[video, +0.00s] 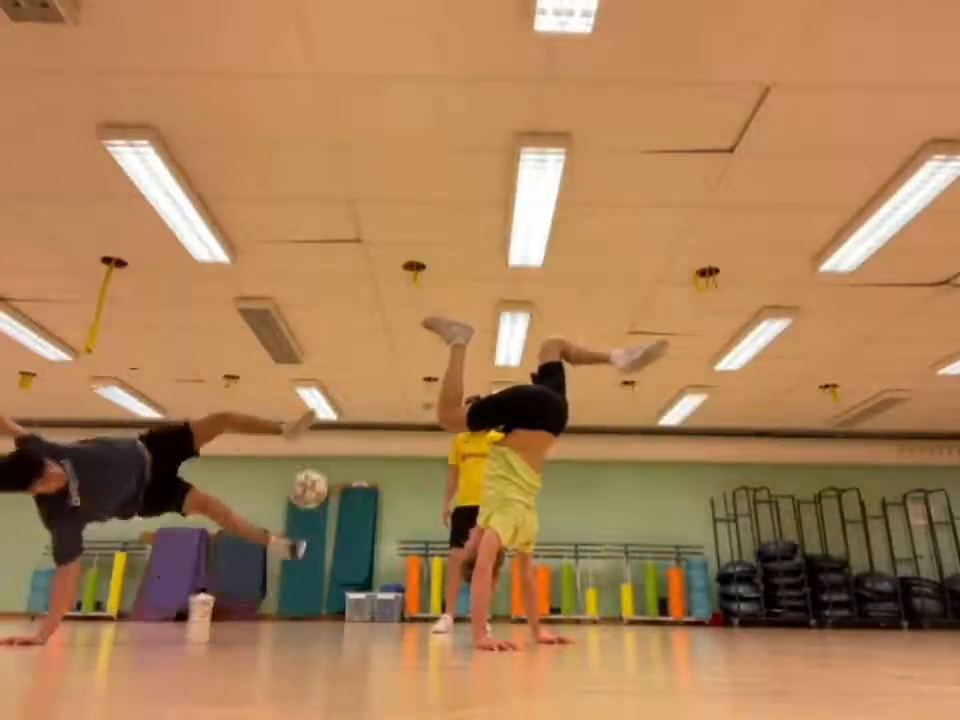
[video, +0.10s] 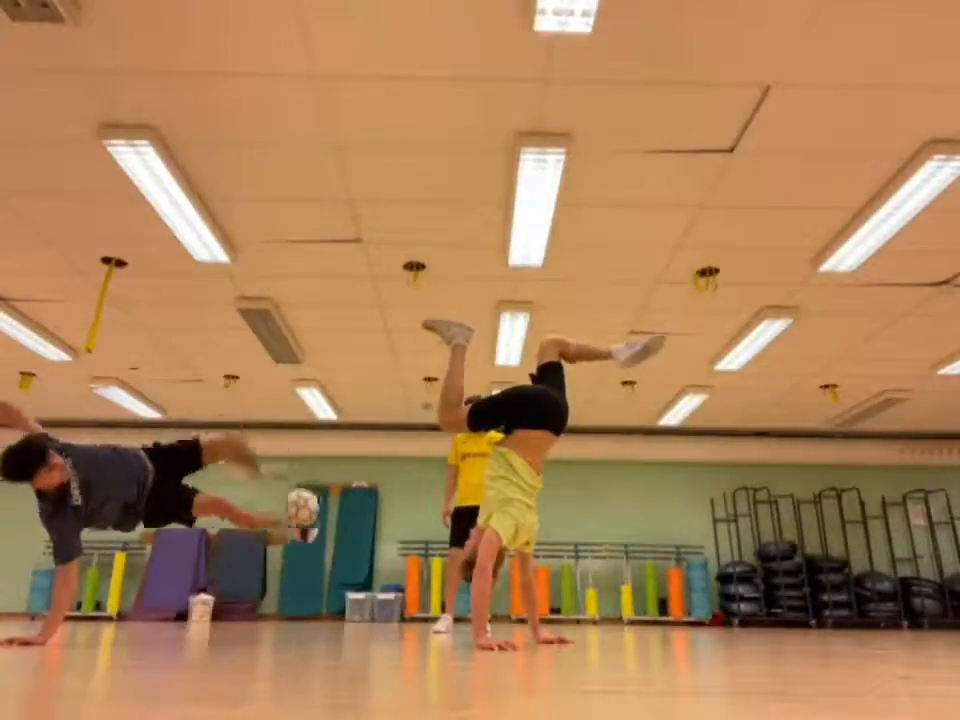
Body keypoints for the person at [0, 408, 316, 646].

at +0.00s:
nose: (57, 471)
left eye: (51, 465)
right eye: (48, 477)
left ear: (43, 459)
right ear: (37, 490)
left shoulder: (40, 450)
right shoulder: (62, 517)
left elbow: (12, 428)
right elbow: (66, 575)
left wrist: (9, 428)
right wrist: (44, 634)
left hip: (147, 451)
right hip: (148, 494)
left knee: (219, 421)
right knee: (212, 507)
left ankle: (284, 429)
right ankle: (275, 542)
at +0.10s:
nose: (60, 466)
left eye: (54, 460)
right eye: (49, 471)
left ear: (50, 452)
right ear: (35, 484)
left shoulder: (49, 446)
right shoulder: (60, 517)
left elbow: (15, 416)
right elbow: (66, 577)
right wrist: (45, 635)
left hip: (150, 460)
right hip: (149, 502)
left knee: (225, 444)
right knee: (220, 505)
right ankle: (282, 528)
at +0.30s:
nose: (92, 465)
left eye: (88, 457)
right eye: (82, 466)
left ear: (89, 451)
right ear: (65, 480)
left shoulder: (88, 451)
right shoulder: (71, 515)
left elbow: (93, 406)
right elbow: (70, 574)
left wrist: (98, 372)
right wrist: (44, 635)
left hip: (165, 519)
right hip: (152, 547)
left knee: (237, 535)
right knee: (235, 522)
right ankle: (199, 586)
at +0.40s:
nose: (122, 458)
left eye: (118, 453)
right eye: (113, 457)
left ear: (117, 458)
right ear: (96, 471)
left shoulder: (131, 469)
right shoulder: (92, 520)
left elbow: (159, 450)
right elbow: (73, 578)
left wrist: (185, 427)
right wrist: (45, 633)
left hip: (169, 554)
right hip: (154, 575)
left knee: (220, 551)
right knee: (235, 565)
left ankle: (171, 609)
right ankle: (168, 610)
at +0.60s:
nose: (163, 428)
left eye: (163, 422)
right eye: (155, 422)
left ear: (164, 426)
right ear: (136, 431)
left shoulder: (170, 465)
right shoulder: (127, 474)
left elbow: (193, 499)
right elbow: (109, 523)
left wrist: (210, 510)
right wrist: (92, 554)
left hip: (166, 548)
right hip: (138, 553)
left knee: (225, 571)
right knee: (215, 551)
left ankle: (167, 609)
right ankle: (162, 606)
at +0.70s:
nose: (166, 409)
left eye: (165, 403)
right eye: (158, 404)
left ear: (165, 407)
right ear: (139, 414)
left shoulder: (172, 444)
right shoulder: (134, 450)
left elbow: (189, 484)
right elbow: (128, 498)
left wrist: (213, 509)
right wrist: (128, 537)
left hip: (156, 525)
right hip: (133, 529)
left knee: (215, 561)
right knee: (197, 542)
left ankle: (155, 609)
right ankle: (163, 609)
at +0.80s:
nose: (155, 388)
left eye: (155, 382)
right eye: (147, 384)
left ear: (158, 389)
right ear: (132, 393)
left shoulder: (167, 425)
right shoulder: (128, 428)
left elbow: (179, 463)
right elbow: (148, 469)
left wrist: (190, 487)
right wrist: (178, 479)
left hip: (148, 505)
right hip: (123, 506)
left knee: (200, 551)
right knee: (176, 538)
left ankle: (149, 612)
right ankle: (164, 613)